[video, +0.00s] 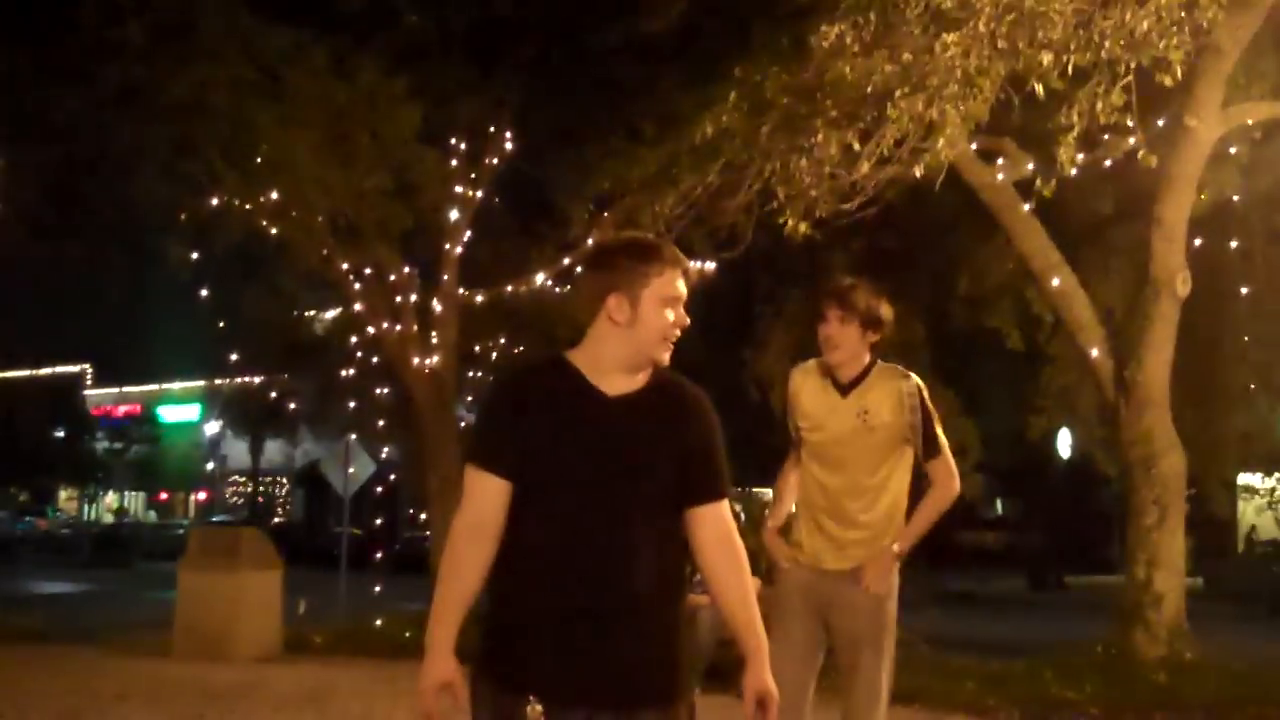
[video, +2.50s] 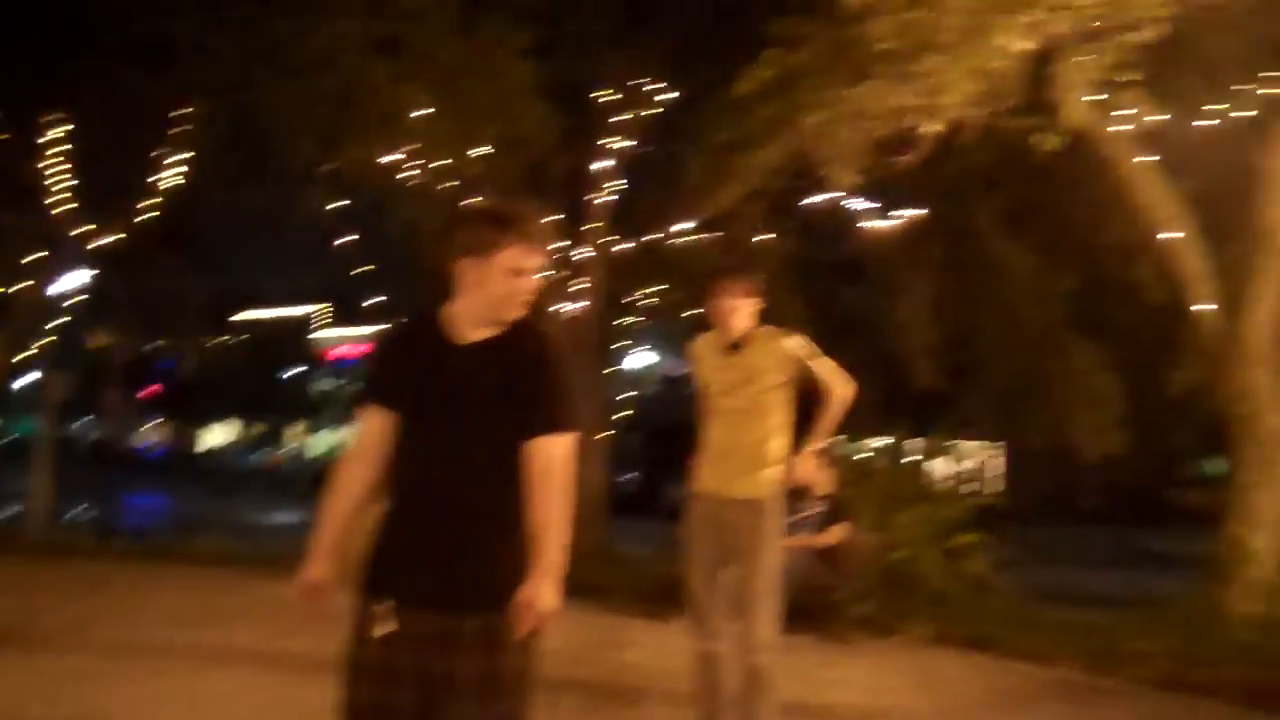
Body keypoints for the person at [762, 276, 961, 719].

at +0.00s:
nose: (826, 330)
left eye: (841, 321)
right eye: (824, 319)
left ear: (872, 333)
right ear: (818, 324)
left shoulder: (903, 390)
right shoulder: (801, 380)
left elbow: (946, 483)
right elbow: (797, 458)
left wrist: (894, 552)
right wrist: (771, 526)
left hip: (868, 580)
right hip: (798, 573)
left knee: (864, 711)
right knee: (782, 708)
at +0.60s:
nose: (839, 338)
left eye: (852, 326)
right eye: (839, 325)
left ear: (885, 334)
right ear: (833, 327)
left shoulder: (926, 381)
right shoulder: (823, 390)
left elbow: (982, 456)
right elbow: (810, 469)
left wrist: (931, 532)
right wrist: (816, 539)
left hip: (908, 562)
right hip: (841, 562)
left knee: (918, 692)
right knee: (840, 690)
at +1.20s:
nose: (871, 348)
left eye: (880, 338)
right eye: (871, 337)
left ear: (912, 347)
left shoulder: (955, 396)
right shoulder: (865, 395)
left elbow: (1005, 485)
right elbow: (865, 471)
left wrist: (966, 551)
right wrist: (858, 540)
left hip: (933, 575)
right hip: (872, 571)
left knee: (922, 706)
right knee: (864, 703)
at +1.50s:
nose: (848, 371)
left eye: (859, 364)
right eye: (849, 361)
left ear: (887, 378)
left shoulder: (924, 428)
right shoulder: (834, 410)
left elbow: (976, 493)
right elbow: (829, 468)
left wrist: (923, 544)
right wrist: (821, 514)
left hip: (888, 577)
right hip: (830, 567)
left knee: (874, 697)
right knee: (812, 687)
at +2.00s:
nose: (839, 343)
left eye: (850, 334)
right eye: (832, 332)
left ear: (868, 343)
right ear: (819, 339)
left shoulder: (892, 393)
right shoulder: (801, 385)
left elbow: (930, 468)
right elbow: (790, 445)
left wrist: (895, 527)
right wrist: (782, 506)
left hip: (858, 555)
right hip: (800, 547)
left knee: (848, 684)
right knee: (792, 677)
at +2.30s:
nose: (793, 326)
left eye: (802, 316)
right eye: (786, 315)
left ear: (821, 321)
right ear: (775, 321)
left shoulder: (850, 364)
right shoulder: (765, 367)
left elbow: (906, 408)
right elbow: (770, 417)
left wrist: (878, 473)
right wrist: (764, 465)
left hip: (831, 519)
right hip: (777, 515)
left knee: (830, 639)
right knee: (777, 632)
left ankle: (829, 713)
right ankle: (784, 713)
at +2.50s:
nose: (728, 312)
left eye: (738, 302)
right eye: (721, 301)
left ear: (757, 305)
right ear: (710, 306)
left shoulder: (784, 346)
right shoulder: (700, 351)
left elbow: (842, 387)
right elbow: (708, 408)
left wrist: (811, 452)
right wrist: (702, 458)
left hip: (761, 499)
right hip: (707, 498)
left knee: (757, 618)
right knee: (707, 616)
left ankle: (757, 710)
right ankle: (713, 709)